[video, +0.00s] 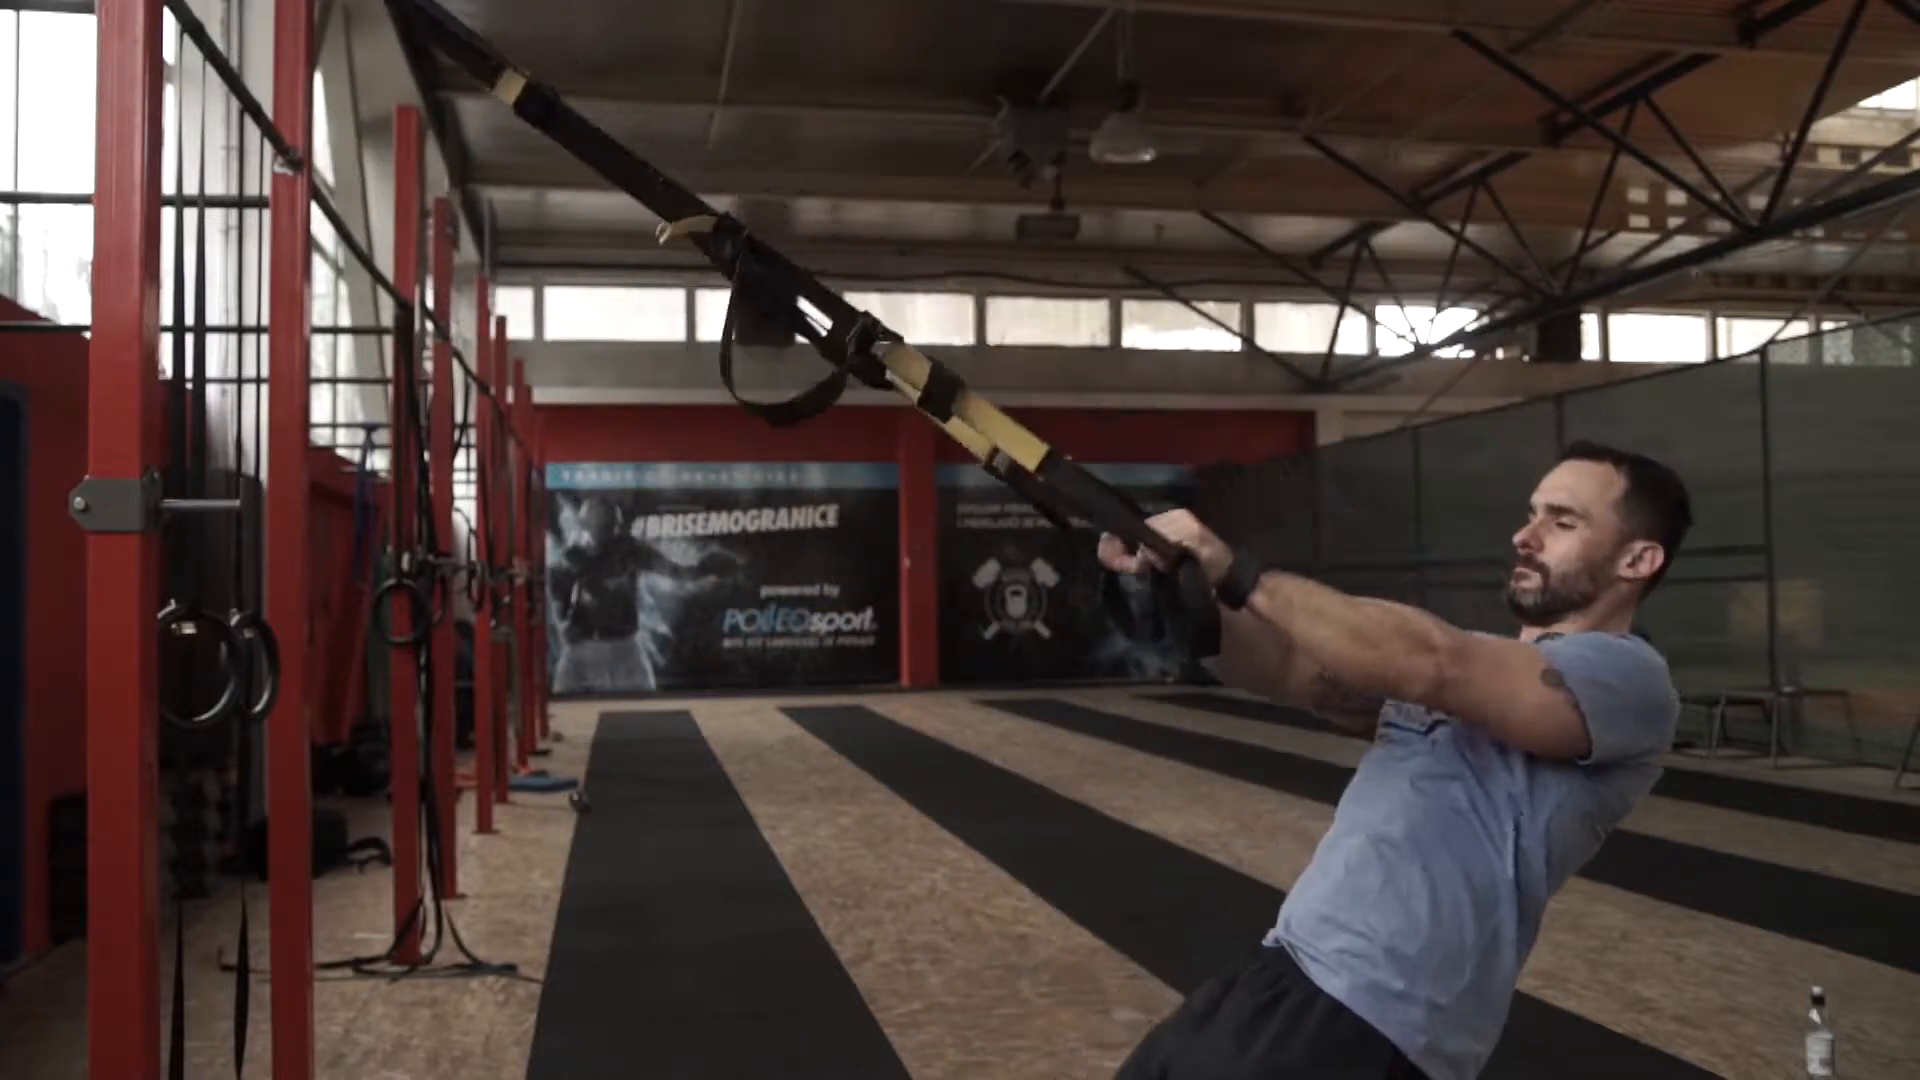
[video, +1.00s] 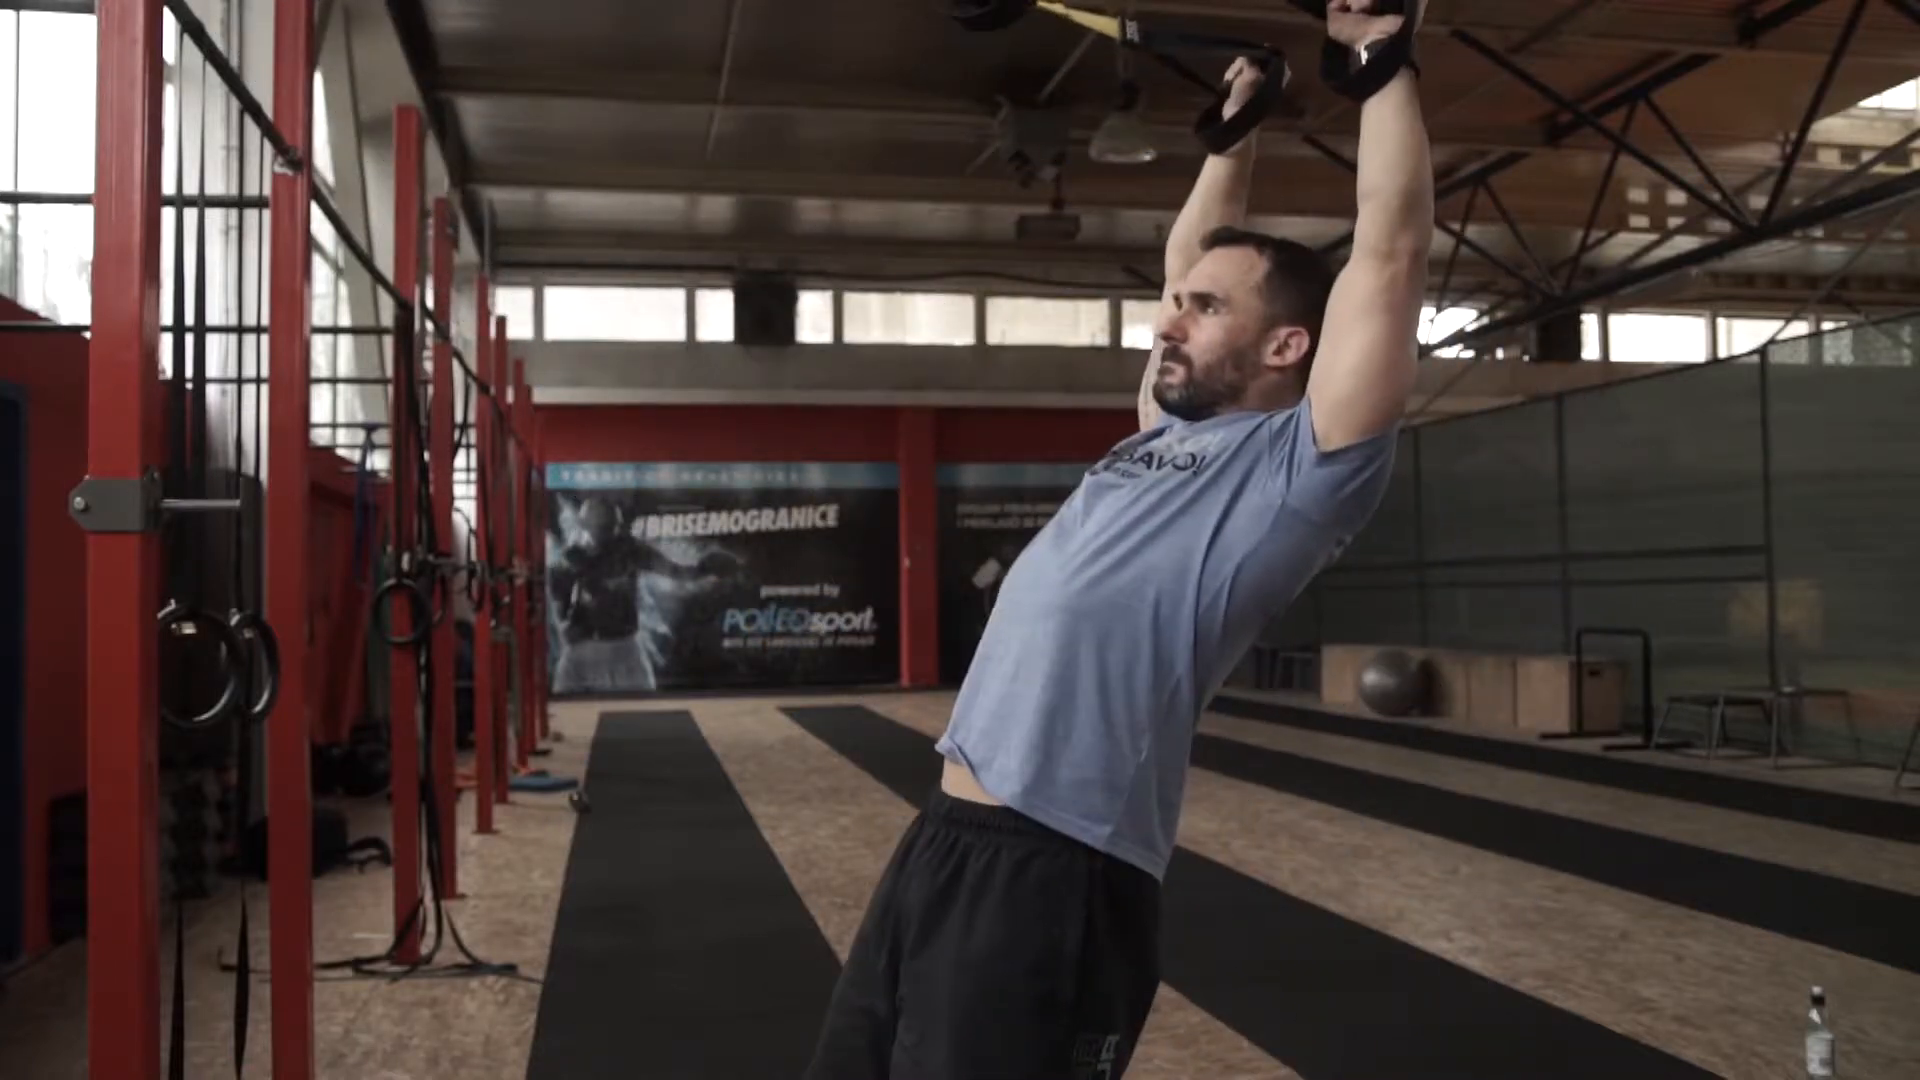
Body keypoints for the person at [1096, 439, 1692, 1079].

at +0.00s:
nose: (1523, 537)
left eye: (1563, 521)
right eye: (1531, 517)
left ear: (1639, 562)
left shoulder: (1631, 680)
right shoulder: (1477, 661)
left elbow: (1433, 663)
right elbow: (1305, 670)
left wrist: (1241, 578)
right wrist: (1191, 599)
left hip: (1375, 1033)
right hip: (1279, 971)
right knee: (1143, 1070)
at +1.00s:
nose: (1168, 325)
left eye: (1204, 305)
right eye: (1173, 299)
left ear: (1285, 347)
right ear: (1167, 321)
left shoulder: (1301, 466)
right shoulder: (1160, 439)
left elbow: (1394, 253)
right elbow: (1188, 267)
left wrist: (1381, 61)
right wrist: (1234, 129)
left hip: (1052, 887)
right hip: (937, 848)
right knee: (845, 1062)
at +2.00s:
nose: (1493, 525)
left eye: (1530, 515)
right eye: (1501, 509)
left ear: (1596, 565)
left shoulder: (1590, 672)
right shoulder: (1421, 640)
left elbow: (1429, 624)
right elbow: (1264, 636)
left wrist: (1246, 533)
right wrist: (1171, 550)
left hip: (1347, 1014)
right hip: (1233, 956)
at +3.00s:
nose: (1354, 571)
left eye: (1389, 551)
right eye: (1348, 548)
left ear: (1460, 579)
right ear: (1336, 555)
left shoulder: (1468, 713)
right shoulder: (1285, 685)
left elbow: (1329, 809)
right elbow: (1133, 786)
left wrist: (1182, 661)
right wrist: (1068, 680)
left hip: (1231, 1049)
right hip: (1113, 995)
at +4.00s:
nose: (843, 424)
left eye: (862, 391)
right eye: (836, 400)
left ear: (948, 373)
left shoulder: (1041, 509)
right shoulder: (883, 541)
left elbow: (1083, 726)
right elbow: (862, 705)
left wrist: (893, 836)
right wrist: (790, 813)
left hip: (988, 963)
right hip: (864, 949)